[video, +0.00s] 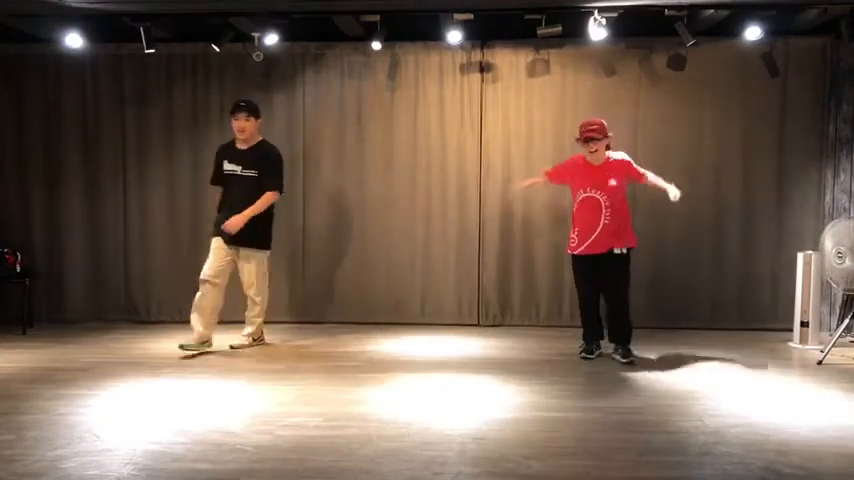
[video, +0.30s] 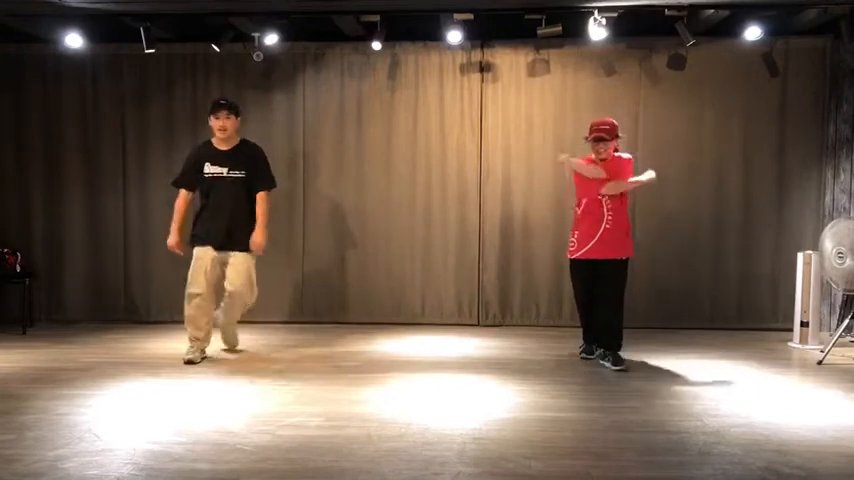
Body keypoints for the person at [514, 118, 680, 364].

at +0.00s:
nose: (591, 146)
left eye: (596, 141)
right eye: (586, 142)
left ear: (606, 142)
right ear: (581, 144)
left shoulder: (620, 163)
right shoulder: (573, 166)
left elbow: (645, 177)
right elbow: (546, 177)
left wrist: (668, 187)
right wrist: (524, 183)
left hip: (616, 246)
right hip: (584, 248)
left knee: (618, 298)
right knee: (588, 299)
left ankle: (621, 344)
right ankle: (591, 342)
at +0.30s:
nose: (600, 146)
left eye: (605, 141)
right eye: (595, 141)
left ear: (616, 142)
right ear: (589, 144)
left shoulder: (625, 162)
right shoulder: (580, 166)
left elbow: (596, 171)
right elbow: (606, 189)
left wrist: (570, 161)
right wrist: (640, 180)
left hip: (614, 247)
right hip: (583, 247)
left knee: (611, 300)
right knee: (585, 298)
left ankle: (610, 349)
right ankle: (589, 343)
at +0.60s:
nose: (611, 141)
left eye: (616, 136)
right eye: (606, 136)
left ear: (624, 138)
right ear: (598, 138)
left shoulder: (635, 168)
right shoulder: (583, 167)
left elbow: (659, 195)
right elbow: (558, 196)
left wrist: (661, 216)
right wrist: (556, 226)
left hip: (621, 250)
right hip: (588, 249)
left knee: (615, 302)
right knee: (587, 298)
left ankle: (611, 350)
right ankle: (591, 341)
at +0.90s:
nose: (630, 139)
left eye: (633, 135)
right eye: (625, 135)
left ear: (633, 137)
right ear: (609, 136)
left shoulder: (638, 168)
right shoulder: (586, 165)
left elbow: (653, 199)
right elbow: (564, 190)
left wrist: (666, 222)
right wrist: (544, 210)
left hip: (621, 251)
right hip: (587, 249)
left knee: (615, 304)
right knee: (582, 297)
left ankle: (610, 351)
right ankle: (587, 337)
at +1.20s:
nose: (623, 140)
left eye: (623, 135)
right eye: (618, 135)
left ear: (616, 137)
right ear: (602, 136)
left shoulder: (627, 166)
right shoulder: (580, 165)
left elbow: (638, 199)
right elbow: (568, 203)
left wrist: (633, 225)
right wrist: (573, 232)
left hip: (616, 250)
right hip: (584, 249)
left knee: (613, 305)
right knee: (577, 303)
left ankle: (610, 351)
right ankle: (566, 348)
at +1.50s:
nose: (597, 139)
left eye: (598, 135)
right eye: (593, 136)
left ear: (593, 139)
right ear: (577, 138)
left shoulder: (604, 163)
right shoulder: (560, 170)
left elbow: (620, 193)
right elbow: (563, 204)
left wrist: (629, 217)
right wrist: (589, 217)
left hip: (602, 248)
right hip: (570, 250)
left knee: (605, 302)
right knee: (568, 302)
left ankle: (609, 351)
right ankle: (565, 349)